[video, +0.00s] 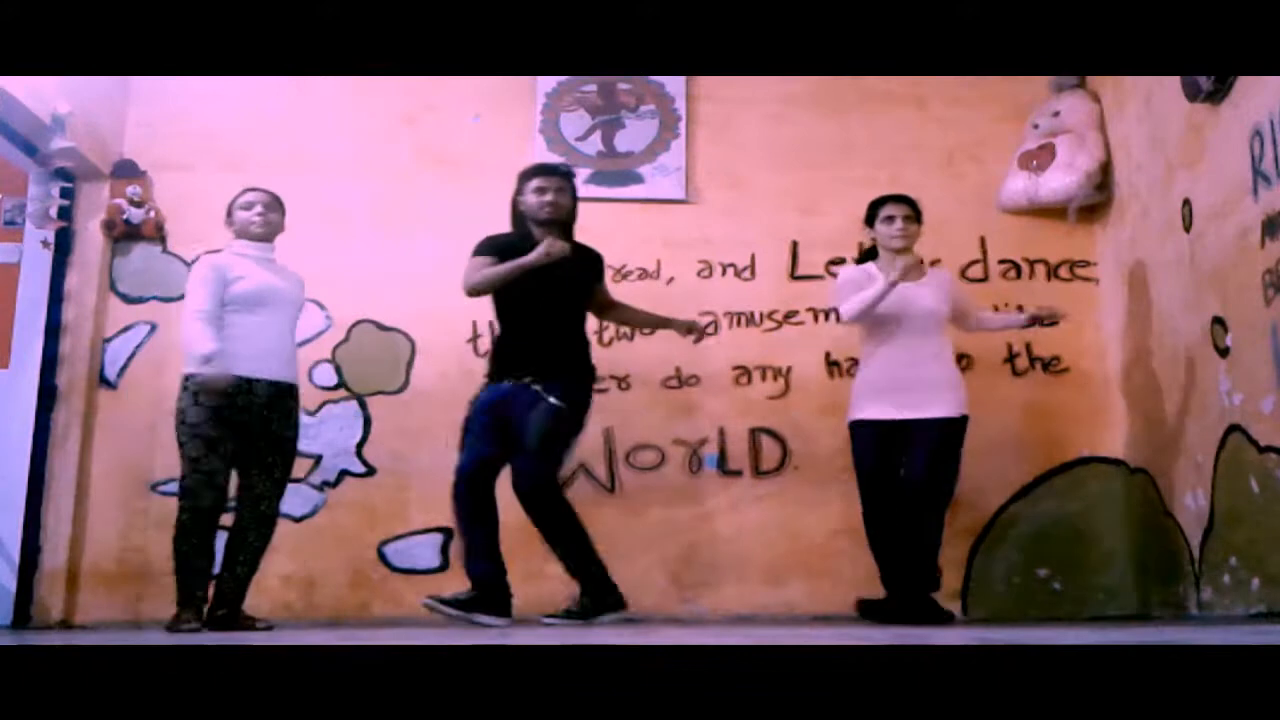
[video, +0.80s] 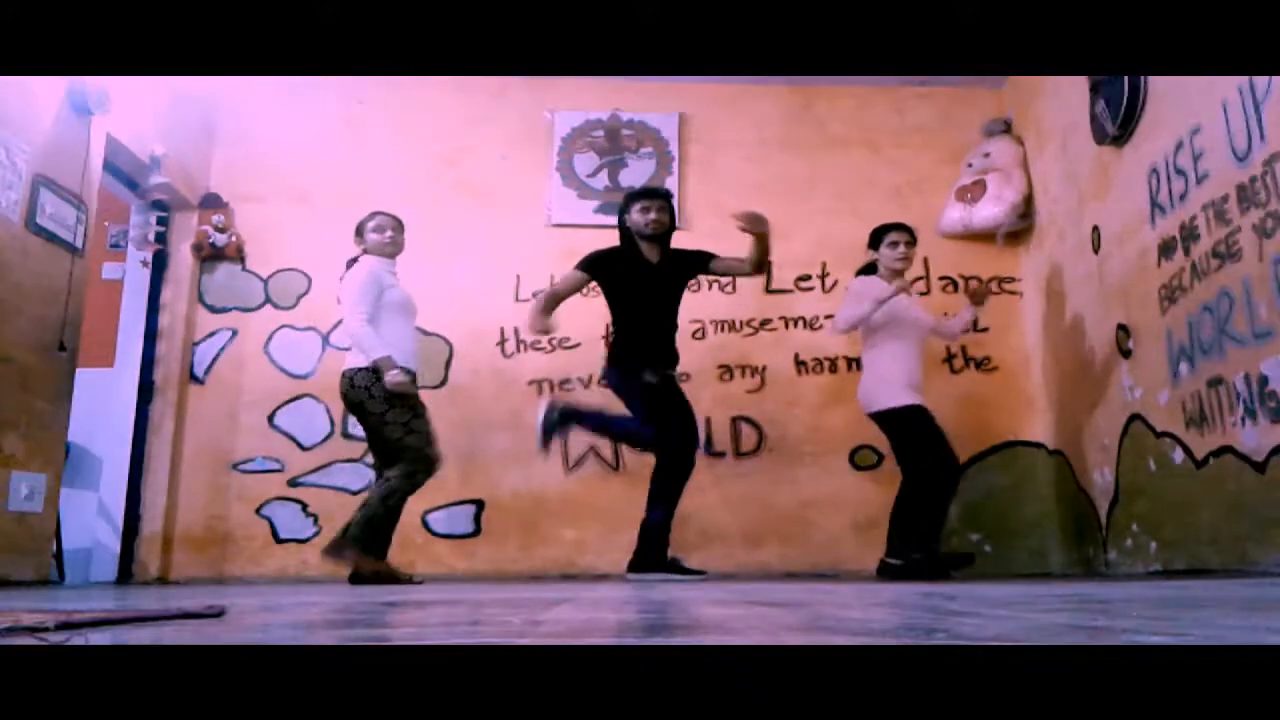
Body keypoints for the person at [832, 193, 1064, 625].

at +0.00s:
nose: (899, 227)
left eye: (907, 220)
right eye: (889, 221)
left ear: (920, 230)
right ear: (871, 231)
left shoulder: (939, 279)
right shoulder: (856, 276)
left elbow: (971, 319)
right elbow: (849, 313)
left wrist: (1023, 319)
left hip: (938, 407)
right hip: (877, 410)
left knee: (926, 503)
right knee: (882, 506)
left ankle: (919, 597)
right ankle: (901, 598)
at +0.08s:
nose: (911, 225)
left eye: (919, 218)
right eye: (900, 218)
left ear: (929, 227)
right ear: (883, 227)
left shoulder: (945, 280)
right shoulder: (868, 274)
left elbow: (984, 323)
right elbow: (829, 321)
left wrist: (1030, 316)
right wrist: (855, 281)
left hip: (950, 406)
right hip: (892, 405)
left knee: (945, 508)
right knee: (911, 503)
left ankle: (924, 600)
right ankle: (911, 602)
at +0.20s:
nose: (925, 225)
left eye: (932, 219)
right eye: (914, 219)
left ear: (942, 228)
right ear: (896, 228)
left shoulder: (956, 284)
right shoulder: (876, 274)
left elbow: (1009, 323)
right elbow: (820, 320)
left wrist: (1026, 290)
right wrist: (799, 307)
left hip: (940, 402)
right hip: (902, 400)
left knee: (941, 494)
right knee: (969, 485)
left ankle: (907, 593)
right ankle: (958, 590)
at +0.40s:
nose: (940, 224)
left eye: (947, 218)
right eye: (929, 218)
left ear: (956, 227)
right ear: (909, 227)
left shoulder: (973, 282)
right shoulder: (891, 273)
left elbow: (1035, 312)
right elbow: (836, 317)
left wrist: (1064, 273)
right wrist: (850, 283)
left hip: (966, 402)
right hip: (914, 401)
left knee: (987, 499)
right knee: (957, 503)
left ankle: (926, 581)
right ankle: (979, 606)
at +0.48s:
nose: (944, 226)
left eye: (951, 219)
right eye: (932, 219)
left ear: (959, 228)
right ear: (913, 229)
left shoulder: (970, 284)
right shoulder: (897, 273)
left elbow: (1012, 314)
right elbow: (874, 303)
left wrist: (1048, 292)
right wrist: (891, 296)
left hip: (976, 407)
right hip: (919, 409)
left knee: (991, 495)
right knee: (947, 510)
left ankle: (944, 577)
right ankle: (973, 613)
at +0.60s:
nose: (898, 249)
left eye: (903, 244)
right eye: (889, 244)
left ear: (911, 251)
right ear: (871, 251)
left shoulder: (913, 291)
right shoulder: (860, 285)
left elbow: (915, 330)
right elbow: (890, 308)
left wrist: (947, 321)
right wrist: (930, 282)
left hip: (921, 394)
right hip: (876, 396)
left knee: (923, 478)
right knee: (891, 479)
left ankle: (917, 557)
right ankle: (902, 557)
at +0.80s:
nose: (902, 251)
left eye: (907, 246)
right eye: (893, 245)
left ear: (913, 254)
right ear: (875, 253)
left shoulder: (906, 300)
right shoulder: (866, 285)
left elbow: (948, 329)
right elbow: (842, 324)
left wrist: (973, 307)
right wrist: (889, 292)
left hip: (904, 394)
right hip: (887, 394)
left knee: (920, 473)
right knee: (943, 468)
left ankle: (900, 555)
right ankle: (917, 554)